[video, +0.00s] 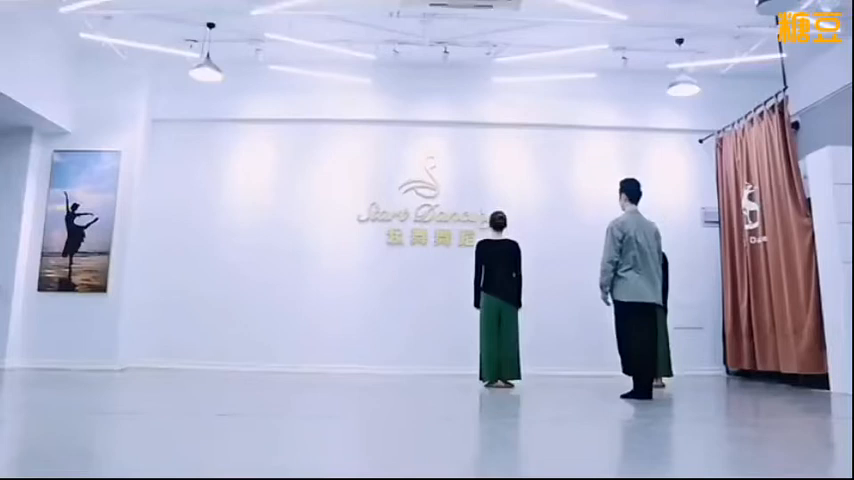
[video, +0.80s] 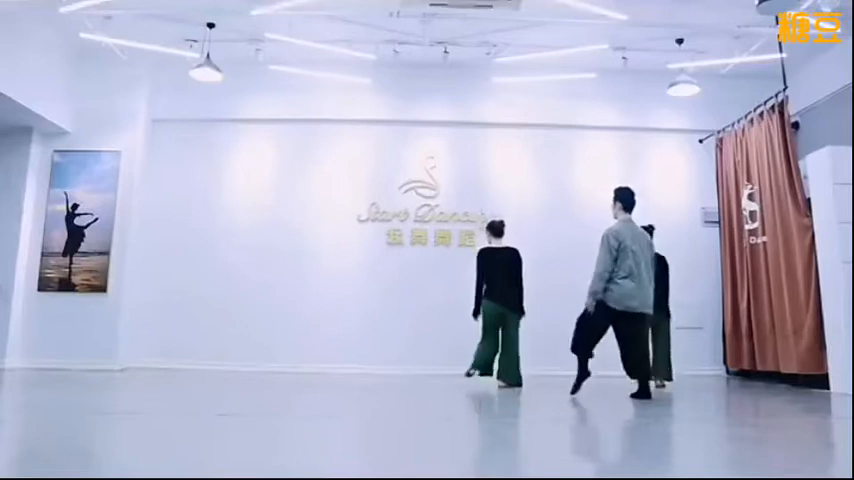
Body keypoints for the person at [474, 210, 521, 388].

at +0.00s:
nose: (498, 226)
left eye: (495, 223)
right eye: (501, 223)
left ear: (489, 225)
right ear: (505, 225)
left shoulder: (482, 245)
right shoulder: (513, 246)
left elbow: (478, 274)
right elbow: (518, 275)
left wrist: (476, 297)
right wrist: (519, 298)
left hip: (489, 296)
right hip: (508, 298)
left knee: (489, 336)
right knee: (507, 336)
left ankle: (490, 376)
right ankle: (505, 376)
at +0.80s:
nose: (487, 236)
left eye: (487, 234)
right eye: (489, 233)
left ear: (488, 234)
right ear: (503, 234)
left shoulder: (483, 253)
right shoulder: (514, 253)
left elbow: (480, 283)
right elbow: (519, 283)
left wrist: (476, 306)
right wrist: (520, 306)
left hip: (490, 302)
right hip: (512, 304)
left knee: (488, 336)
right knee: (510, 341)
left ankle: (477, 366)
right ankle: (510, 377)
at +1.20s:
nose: (476, 231)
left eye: (477, 228)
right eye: (477, 228)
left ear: (479, 229)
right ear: (494, 229)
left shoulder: (472, 247)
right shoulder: (502, 249)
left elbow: (467, 275)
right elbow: (508, 278)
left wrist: (463, 299)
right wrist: (512, 302)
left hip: (476, 297)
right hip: (497, 298)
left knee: (470, 336)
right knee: (501, 337)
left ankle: (459, 374)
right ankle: (504, 377)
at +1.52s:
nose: (461, 225)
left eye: (462, 223)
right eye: (465, 223)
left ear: (463, 225)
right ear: (478, 228)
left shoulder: (451, 243)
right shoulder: (480, 249)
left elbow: (444, 270)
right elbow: (484, 278)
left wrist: (438, 293)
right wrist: (488, 303)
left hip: (452, 292)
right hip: (472, 294)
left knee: (450, 333)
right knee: (483, 332)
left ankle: (449, 376)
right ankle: (499, 371)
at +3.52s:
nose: (460, 234)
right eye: (461, 231)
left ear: (447, 227)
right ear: (462, 231)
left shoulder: (436, 243)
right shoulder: (465, 249)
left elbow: (430, 271)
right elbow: (472, 276)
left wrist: (430, 294)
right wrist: (479, 299)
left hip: (444, 292)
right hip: (465, 293)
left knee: (446, 333)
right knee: (480, 331)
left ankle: (448, 376)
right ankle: (498, 367)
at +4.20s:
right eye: (452, 251)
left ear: (437, 250)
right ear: (452, 251)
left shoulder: (428, 263)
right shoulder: (457, 265)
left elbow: (424, 288)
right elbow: (468, 289)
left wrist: (425, 309)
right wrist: (475, 312)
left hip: (438, 301)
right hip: (458, 302)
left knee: (440, 342)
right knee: (468, 338)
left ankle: (444, 379)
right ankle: (492, 369)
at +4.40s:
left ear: (433, 256)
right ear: (448, 256)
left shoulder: (426, 267)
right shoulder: (455, 268)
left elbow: (422, 293)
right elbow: (465, 294)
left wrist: (421, 315)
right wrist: (470, 317)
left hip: (436, 307)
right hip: (457, 308)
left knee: (438, 344)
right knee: (453, 339)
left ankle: (443, 381)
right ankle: (465, 367)